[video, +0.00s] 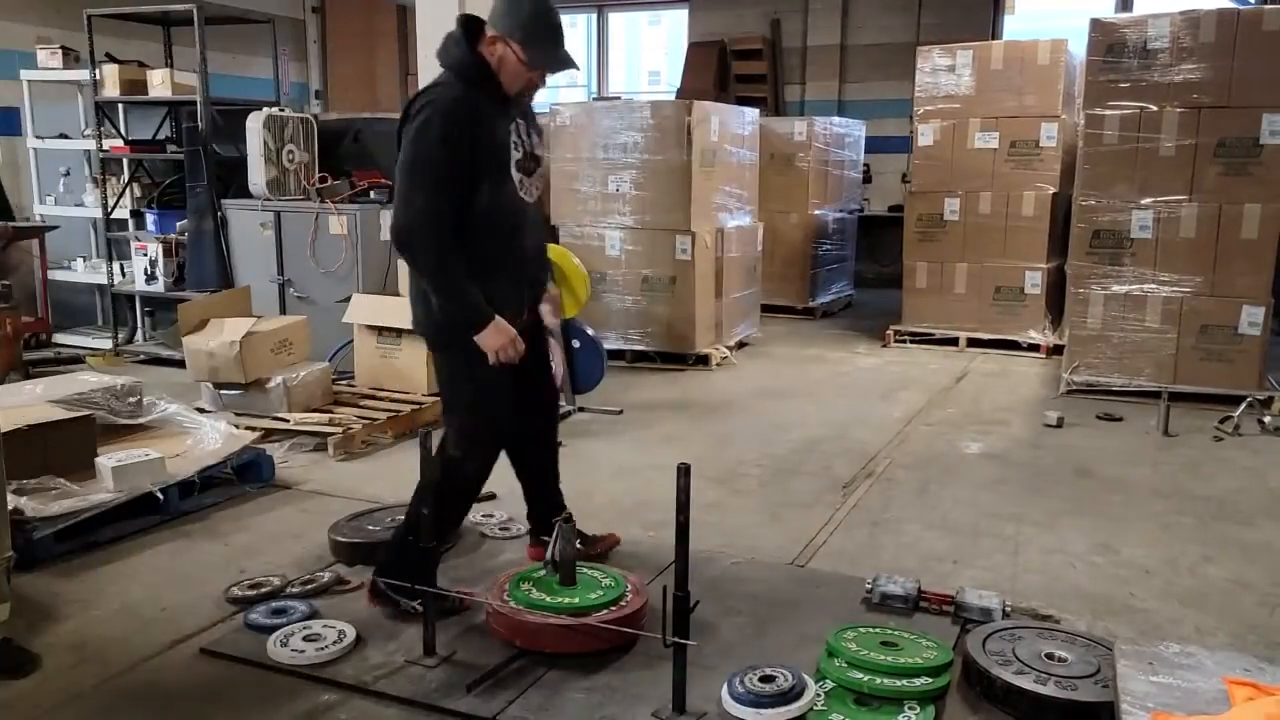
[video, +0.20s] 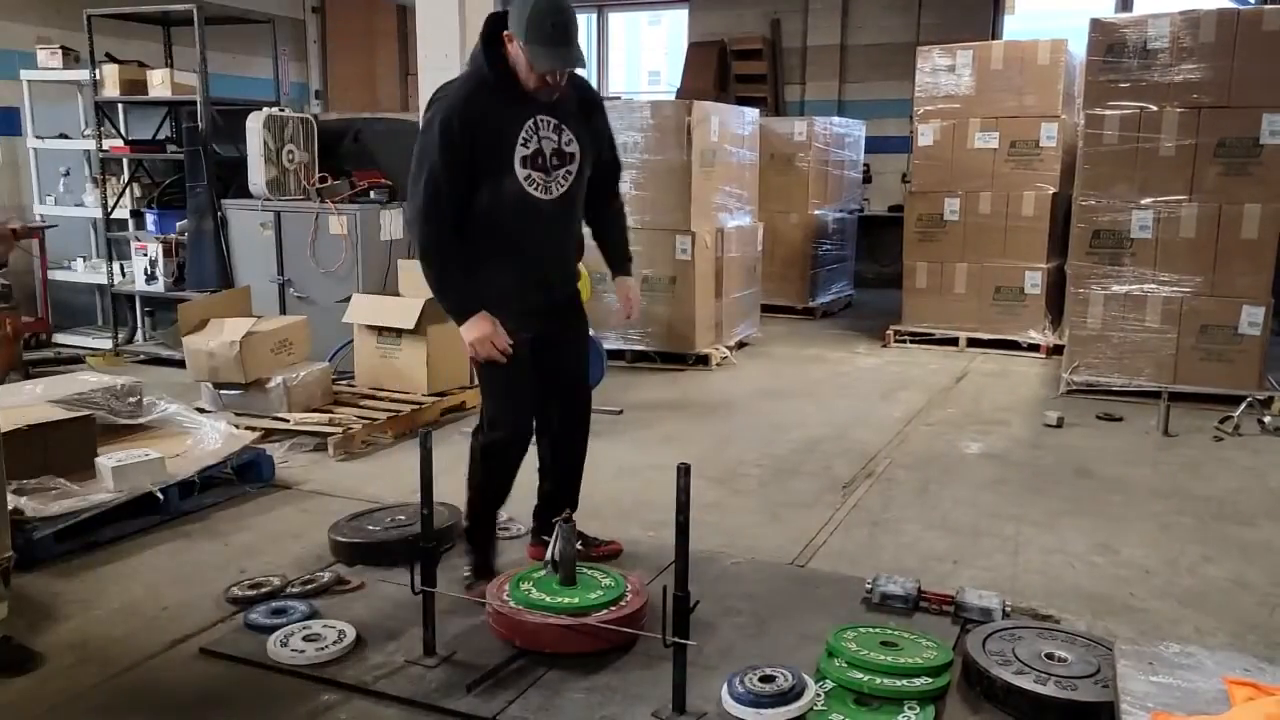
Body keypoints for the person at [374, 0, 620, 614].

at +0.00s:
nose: (542, 81)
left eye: (547, 69)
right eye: (537, 67)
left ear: (510, 53)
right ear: (499, 48)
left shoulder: (512, 108)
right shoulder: (446, 110)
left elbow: (522, 207)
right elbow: (416, 235)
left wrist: (550, 279)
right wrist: (480, 320)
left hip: (517, 300)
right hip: (463, 309)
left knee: (535, 419)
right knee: (475, 438)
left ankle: (552, 532)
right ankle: (402, 572)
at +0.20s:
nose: (556, 78)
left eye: (565, 65)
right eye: (544, 66)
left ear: (575, 45)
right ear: (511, 45)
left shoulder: (580, 101)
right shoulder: (460, 105)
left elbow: (603, 188)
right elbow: (426, 219)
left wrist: (620, 269)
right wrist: (466, 312)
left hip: (558, 290)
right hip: (491, 296)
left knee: (569, 419)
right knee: (506, 422)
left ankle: (551, 532)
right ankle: (480, 545)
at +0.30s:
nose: (550, 77)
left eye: (559, 63)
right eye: (536, 66)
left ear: (573, 40)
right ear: (506, 41)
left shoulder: (597, 98)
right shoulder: (463, 107)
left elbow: (623, 184)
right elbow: (435, 218)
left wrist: (637, 267)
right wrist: (466, 308)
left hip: (570, 290)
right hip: (497, 298)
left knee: (574, 413)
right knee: (510, 426)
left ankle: (557, 523)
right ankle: (526, 544)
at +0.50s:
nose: (531, 92)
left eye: (540, 79)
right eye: (518, 83)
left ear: (560, 54)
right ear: (497, 65)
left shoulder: (607, 105)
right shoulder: (461, 124)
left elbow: (635, 194)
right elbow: (446, 235)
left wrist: (637, 278)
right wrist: (477, 326)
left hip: (588, 293)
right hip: (505, 301)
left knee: (629, 401)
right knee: (513, 433)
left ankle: (588, 500)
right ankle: (533, 546)